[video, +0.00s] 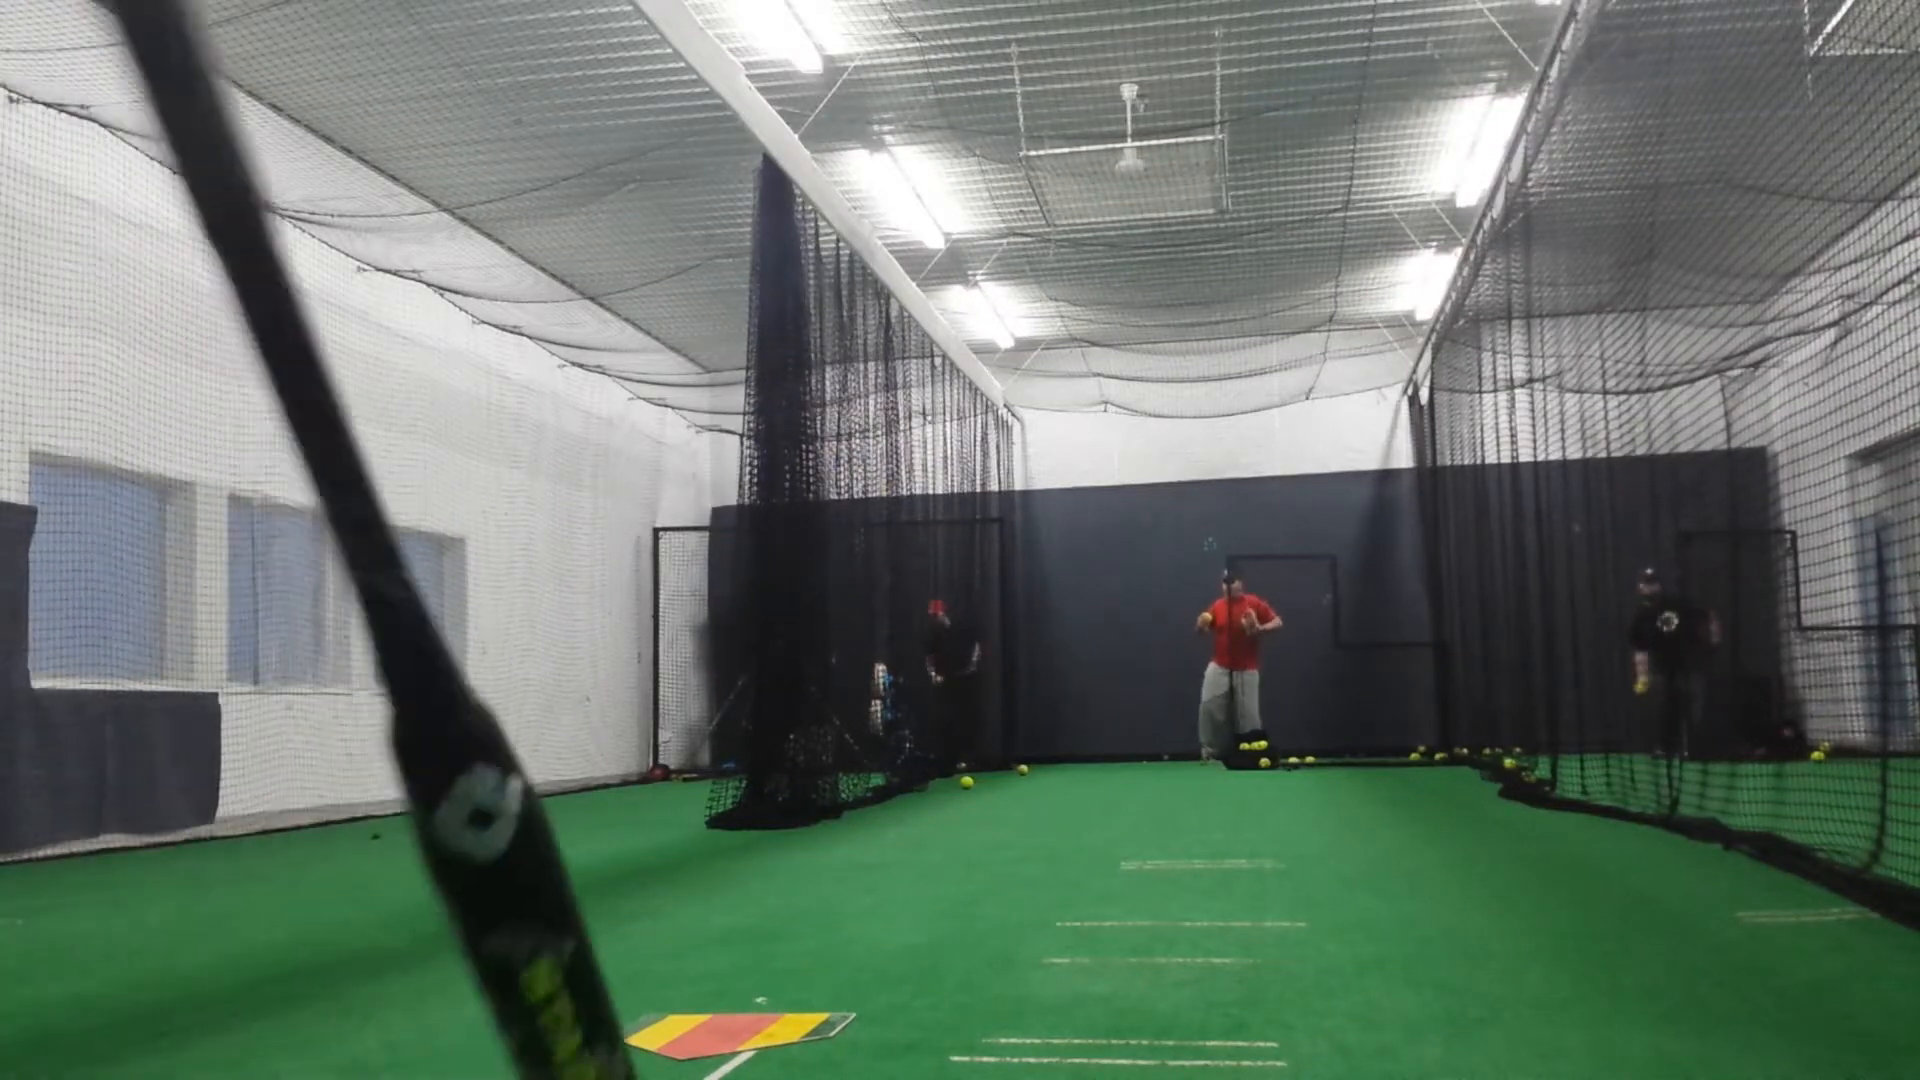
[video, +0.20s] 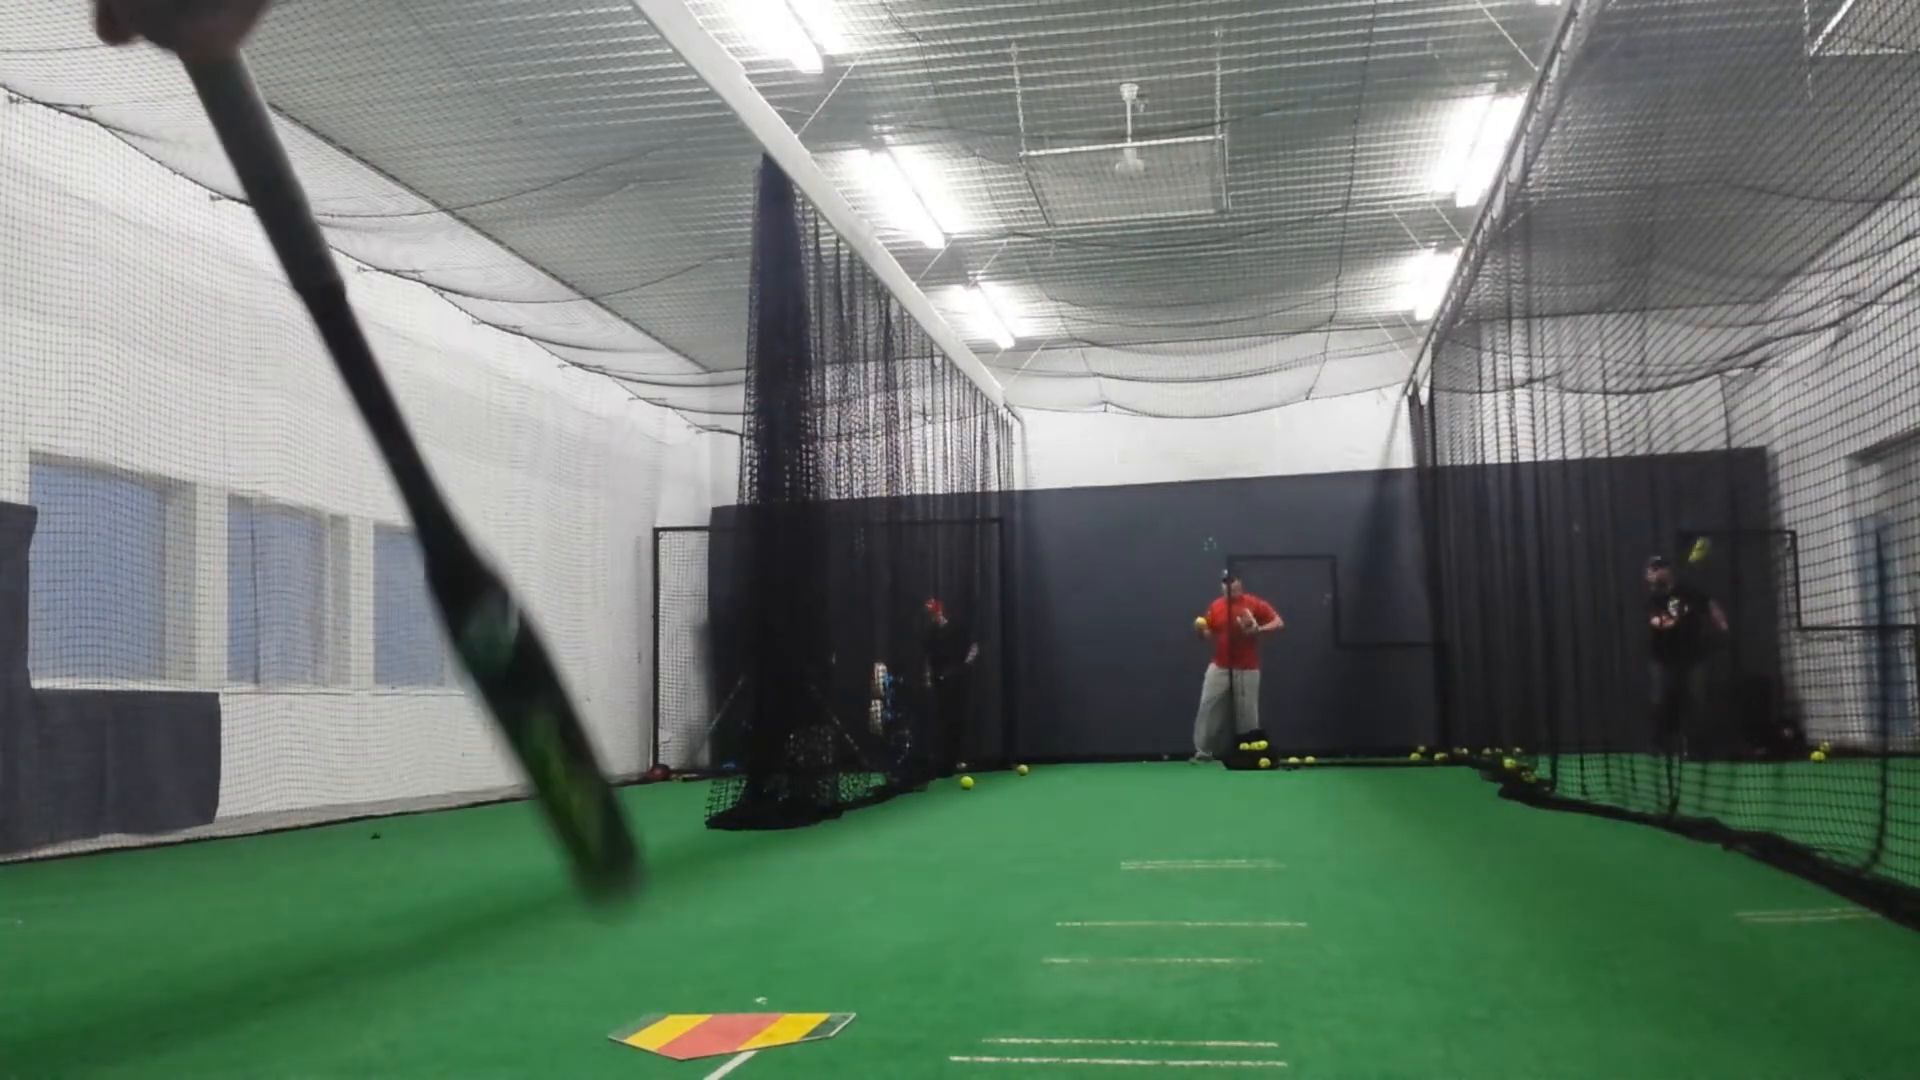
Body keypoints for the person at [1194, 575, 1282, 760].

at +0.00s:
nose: (1228, 586)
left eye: (1232, 582)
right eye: (1225, 582)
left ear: (1241, 583)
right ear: (1222, 585)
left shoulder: (1253, 603)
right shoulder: (1218, 605)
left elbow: (1277, 622)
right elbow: (1206, 630)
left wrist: (1259, 628)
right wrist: (1202, 624)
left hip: (1246, 667)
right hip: (1220, 665)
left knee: (1248, 710)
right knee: (1209, 705)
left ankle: (1252, 751)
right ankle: (1209, 750)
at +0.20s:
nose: (1229, 586)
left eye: (1232, 581)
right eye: (1225, 582)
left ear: (1240, 583)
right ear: (1222, 585)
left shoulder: (1254, 604)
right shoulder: (1217, 606)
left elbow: (1278, 622)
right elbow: (1210, 634)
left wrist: (1257, 629)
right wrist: (1203, 629)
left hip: (1246, 667)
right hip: (1220, 665)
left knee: (1247, 709)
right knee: (1207, 706)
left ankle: (1250, 751)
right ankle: (1203, 750)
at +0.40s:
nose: (1227, 585)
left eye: (1230, 581)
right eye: (1223, 581)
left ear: (1237, 583)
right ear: (1219, 585)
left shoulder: (1250, 604)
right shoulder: (1213, 606)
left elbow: (1269, 627)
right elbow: (1207, 632)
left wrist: (1250, 631)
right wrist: (1200, 626)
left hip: (1245, 666)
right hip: (1218, 666)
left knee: (1247, 709)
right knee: (1213, 709)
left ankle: (1249, 752)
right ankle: (1208, 752)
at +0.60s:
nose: (1218, 585)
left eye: (1222, 581)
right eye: (1215, 581)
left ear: (1230, 583)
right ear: (1211, 584)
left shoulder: (1243, 604)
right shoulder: (1205, 606)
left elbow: (1266, 623)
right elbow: (1193, 629)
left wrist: (1248, 629)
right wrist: (1187, 622)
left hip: (1239, 666)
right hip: (1213, 667)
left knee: (1243, 708)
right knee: (1208, 711)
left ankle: (1249, 752)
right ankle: (1206, 754)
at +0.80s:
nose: (1211, 585)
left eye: (1215, 582)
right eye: (1208, 582)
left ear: (1223, 585)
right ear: (1203, 585)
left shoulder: (1233, 605)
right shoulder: (1197, 607)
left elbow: (1251, 628)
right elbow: (1193, 634)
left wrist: (1238, 634)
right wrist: (1186, 627)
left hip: (1230, 668)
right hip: (1204, 668)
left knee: (1236, 711)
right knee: (1202, 712)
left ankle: (1243, 752)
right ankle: (1205, 753)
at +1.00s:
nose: (1205, 583)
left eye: (1208, 579)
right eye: (1201, 579)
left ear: (1214, 582)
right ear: (1195, 583)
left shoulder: (1226, 602)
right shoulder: (1189, 606)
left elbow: (1248, 623)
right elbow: (1176, 632)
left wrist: (1231, 632)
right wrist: (1174, 629)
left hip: (1226, 666)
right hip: (1201, 668)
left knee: (1236, 710)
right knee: (1200, 712)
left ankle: (1245, 751)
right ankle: (1205, 754)